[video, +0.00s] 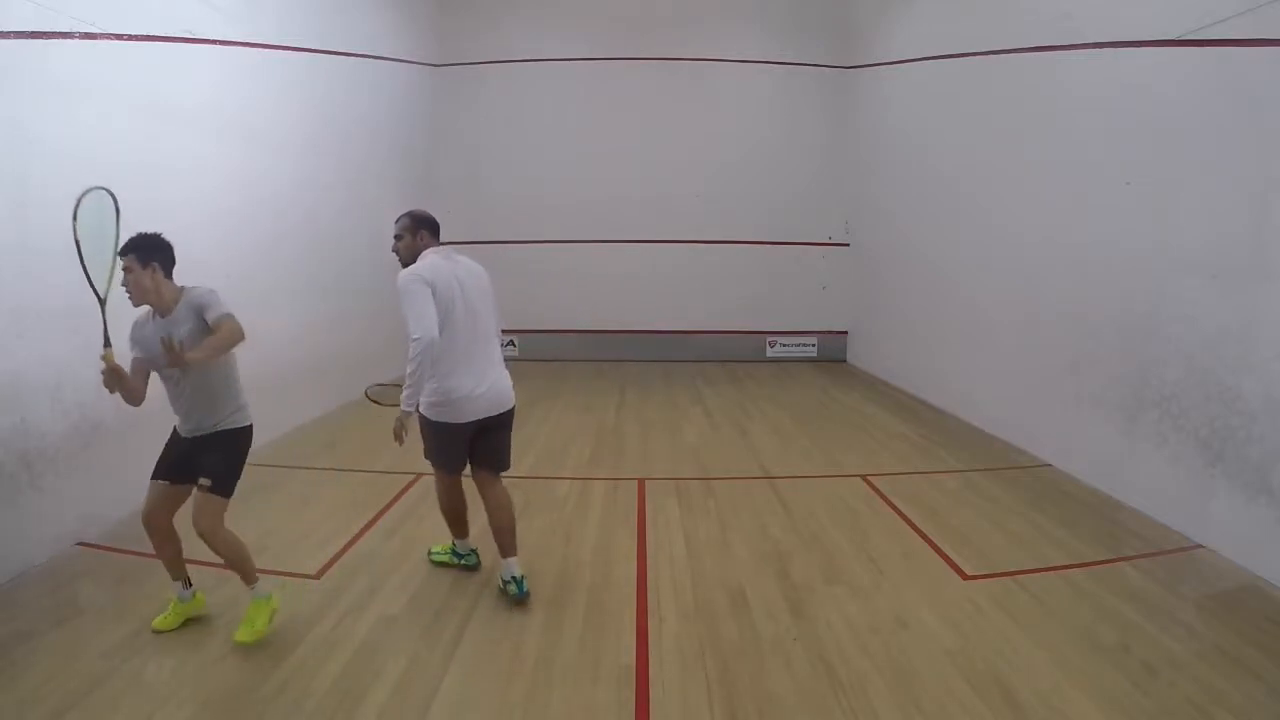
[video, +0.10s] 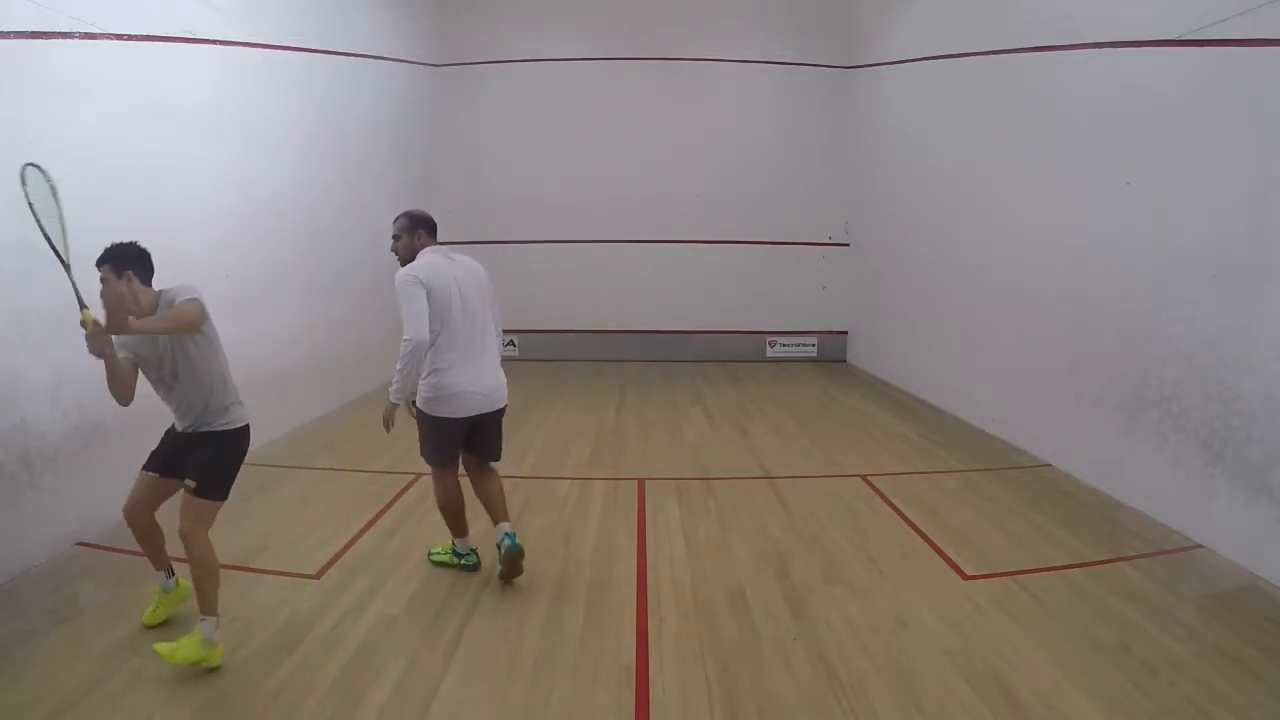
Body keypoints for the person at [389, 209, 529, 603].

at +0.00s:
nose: (394, 248)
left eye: (398, 239)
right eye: (394, 240)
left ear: (423, 237)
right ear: (431, 237)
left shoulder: (414, 276)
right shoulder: (475, 269)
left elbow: (424, 338)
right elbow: (493, 334)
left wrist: (406, 406)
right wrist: (483, 383)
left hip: (448, 404)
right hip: (497, 397)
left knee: (447, 474)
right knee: (489, 476)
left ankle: (462, 548)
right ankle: (513, 573)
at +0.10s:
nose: (392, 248)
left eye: (397, 239)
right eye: (392, 240)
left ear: (420, 236)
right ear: (430, 236)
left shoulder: (413, 274)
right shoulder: (474, 267)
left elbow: (417, 340)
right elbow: (494, 333)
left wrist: (396, 396)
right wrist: (485, 377)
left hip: (444, 396)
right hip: (491, 391)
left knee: (444, 470)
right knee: (478, 462)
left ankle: (462, 549)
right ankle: (506, 535)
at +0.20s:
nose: (393, 243)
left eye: (397, 234)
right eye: (393, 236)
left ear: (420, 233)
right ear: (431, 233)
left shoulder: (410, 269)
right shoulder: (473, 265)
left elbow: (410, 331)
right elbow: (498, 325)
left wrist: (391, 378)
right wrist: (505, 373)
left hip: (440, 389)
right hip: (485, 383)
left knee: (443, 468)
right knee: (473, 449)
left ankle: (463, 548)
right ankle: (500, 522)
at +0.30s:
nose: (396, 240)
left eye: (399, 233)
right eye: (396, 233)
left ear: (418, 231)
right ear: (433, 231)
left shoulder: (407, 266)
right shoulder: (475, 265)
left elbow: (405, 323)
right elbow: (501, 326)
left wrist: (392, 367)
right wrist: (516, 372)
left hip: (438, 387)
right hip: (481, 382)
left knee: (441, 466)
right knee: (470, 446)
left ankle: (463, 547)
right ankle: (493, 523)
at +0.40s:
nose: (407, 241)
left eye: (407, 236)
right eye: (409, 235)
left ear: (411, 236)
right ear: (442, 234)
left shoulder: (405, 271)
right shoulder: (476, 269)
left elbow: (404, 326)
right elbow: (502, 329)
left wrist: (403, 367)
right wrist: (518, 374)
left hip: (434, 390)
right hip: (478, 385)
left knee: (431, 466)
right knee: (471, 449)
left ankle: (462, 546)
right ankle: (491, 523)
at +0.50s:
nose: (414, 241)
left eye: (414, 237)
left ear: (415, 240)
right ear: (449, 237)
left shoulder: (400, 275)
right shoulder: (476, 273)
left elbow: (401, 334)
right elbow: (498, 335)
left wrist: (411, 368)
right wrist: (511, 380)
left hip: (427, 391)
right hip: (472, 386)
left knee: (424, 458)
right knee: (468, 448)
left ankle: (458, 535)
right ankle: (491, 525)